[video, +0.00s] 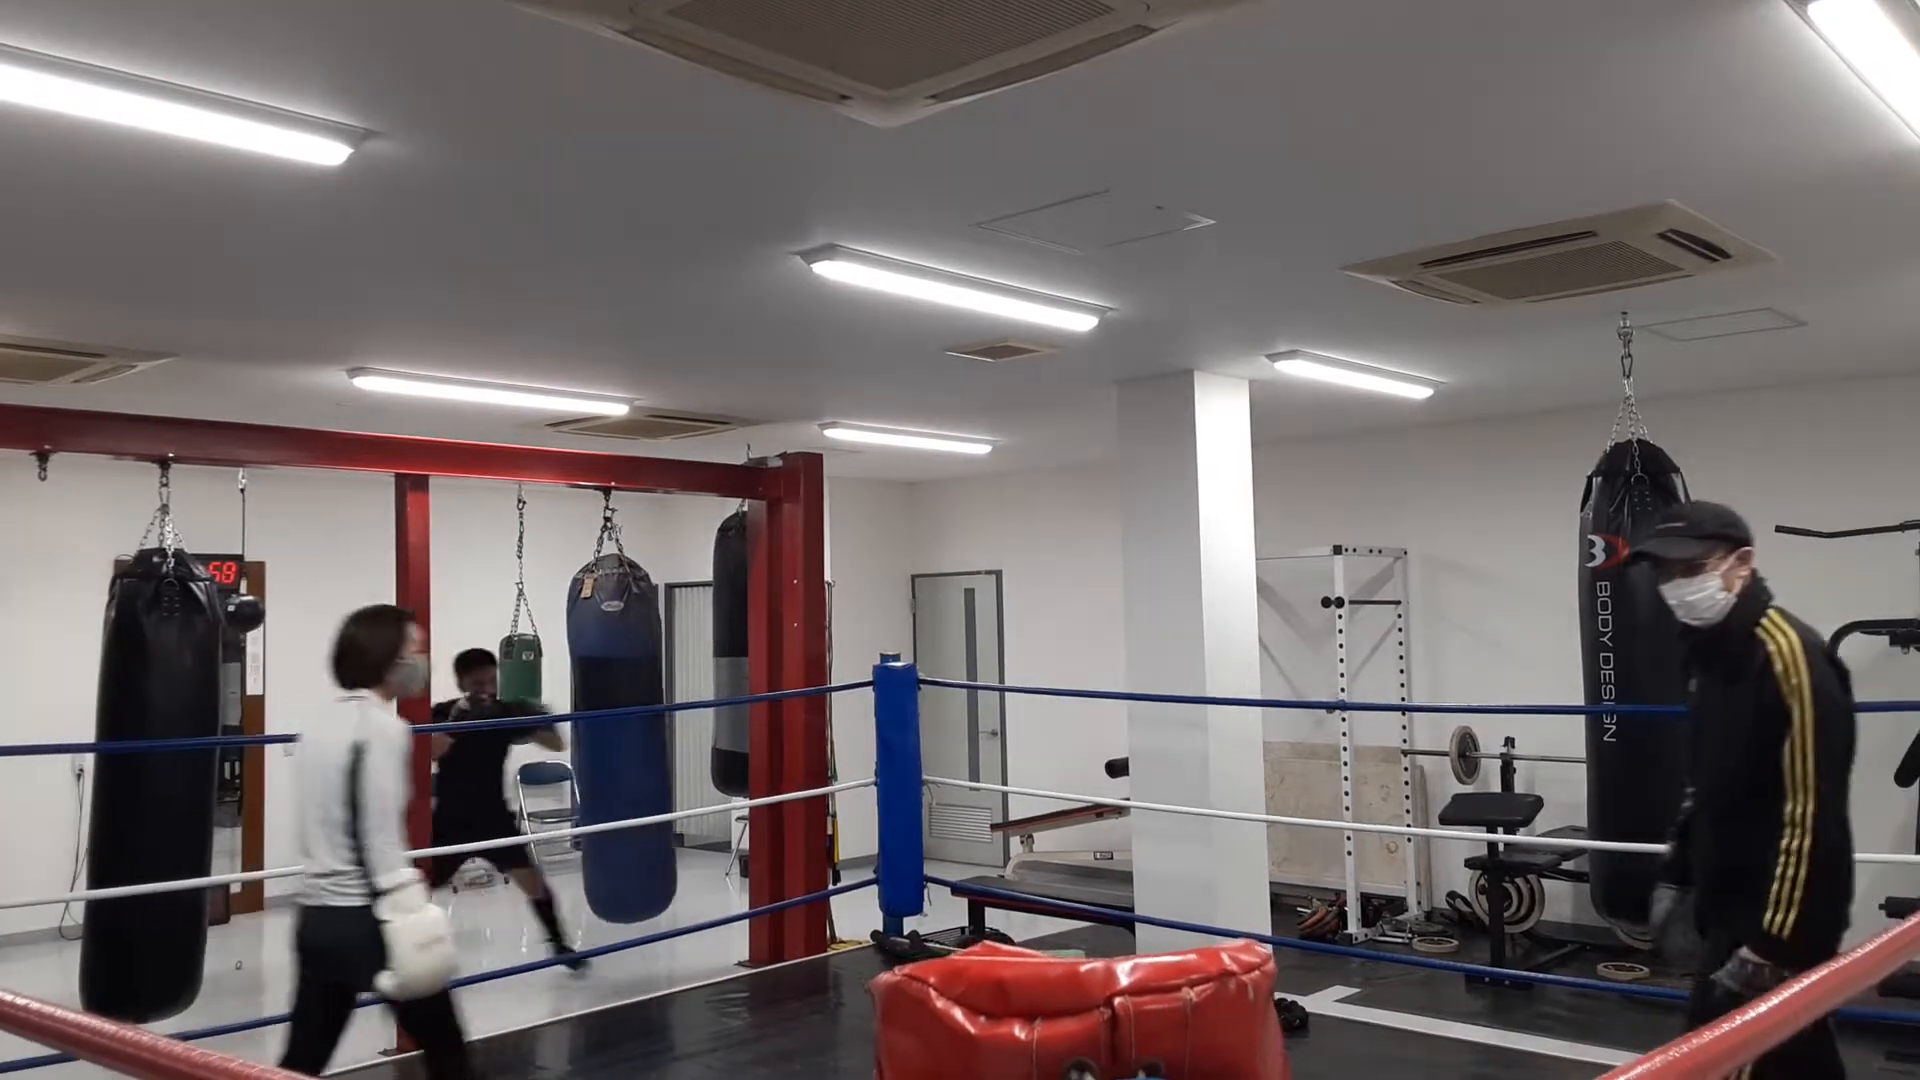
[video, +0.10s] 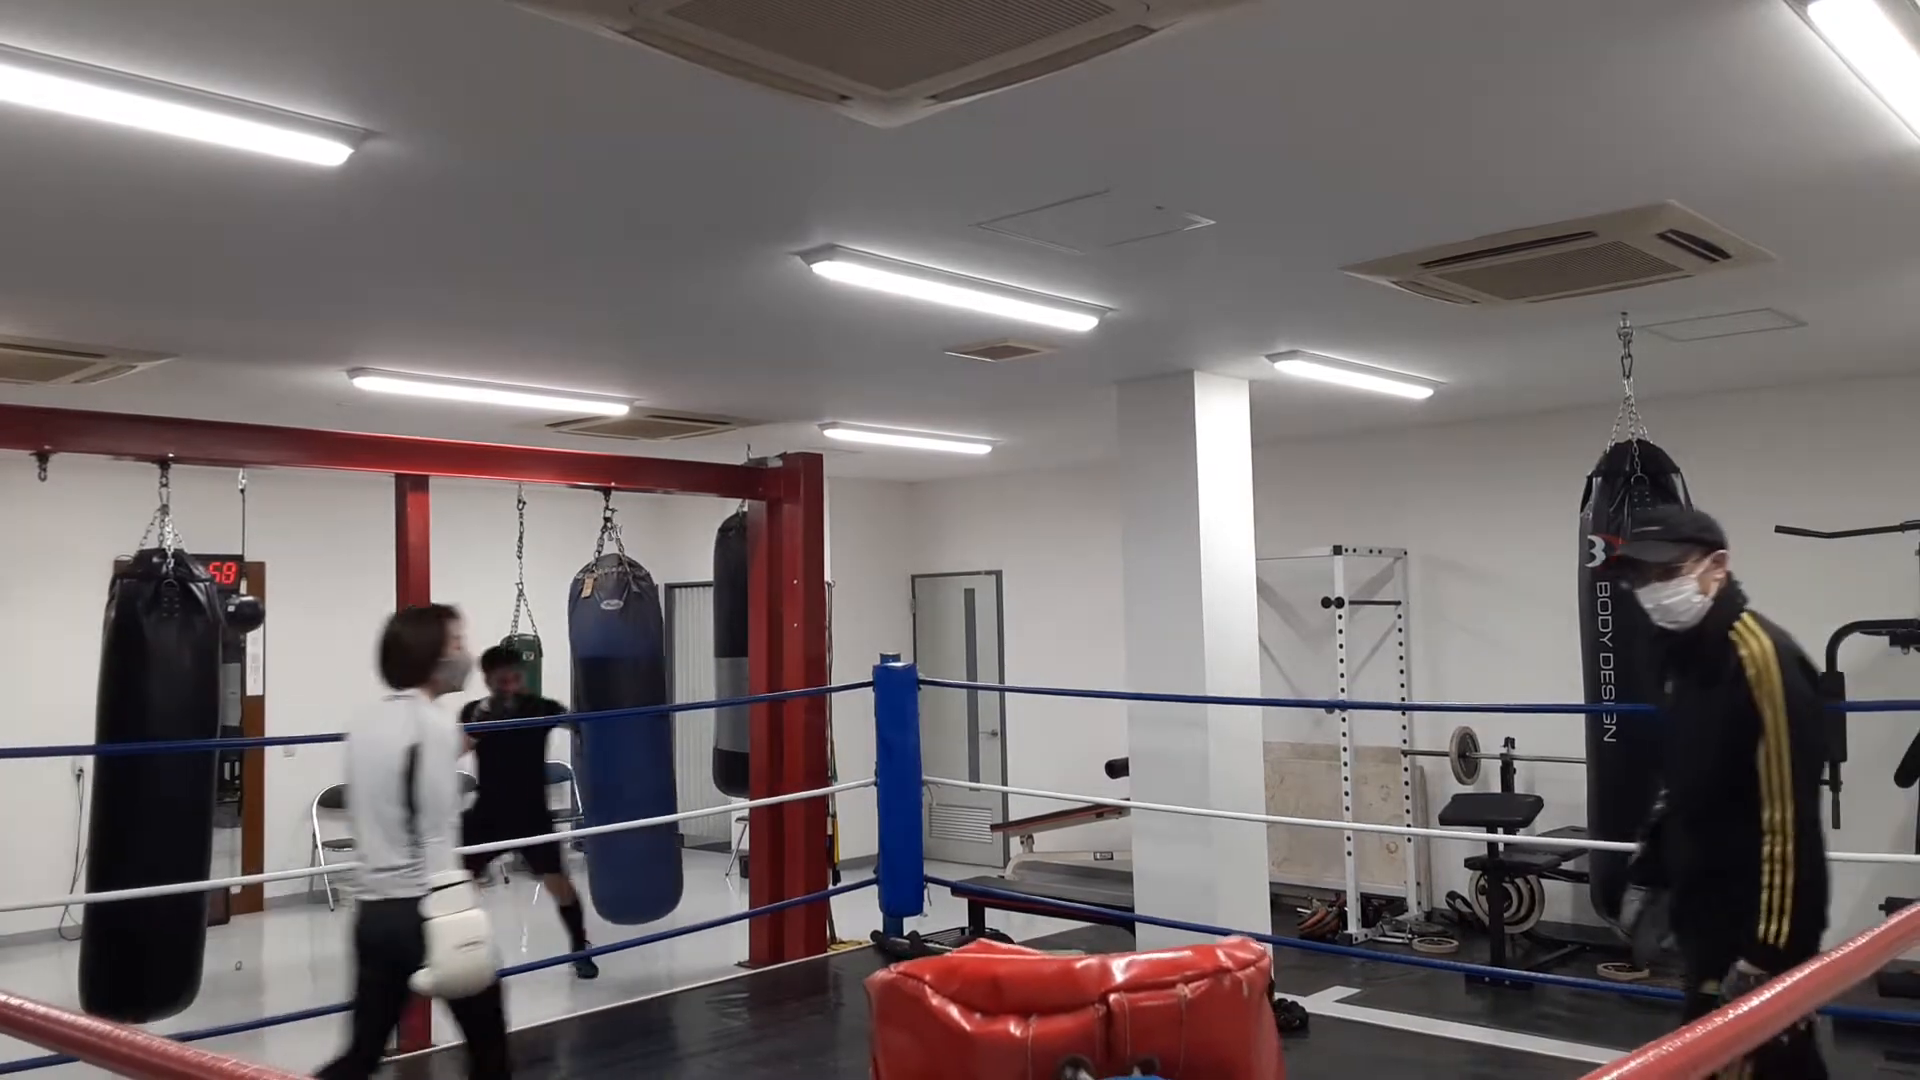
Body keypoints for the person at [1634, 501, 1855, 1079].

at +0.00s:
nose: (1678, 585)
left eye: (1693, 567)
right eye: (1667, 572)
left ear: (1741, 563)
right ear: (1657, 575)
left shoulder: (1792, 655)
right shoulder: (1711, 654)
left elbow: (1810, 816)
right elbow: (1706, 789)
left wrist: (1766, 954)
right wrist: (1675, 879)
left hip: (1777, 933)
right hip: (1724, 916)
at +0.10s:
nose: (1654, 590)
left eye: (1668, 571)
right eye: (1642, 577)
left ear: (1715, 566)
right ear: (1632, 581)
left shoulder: (1761, 657)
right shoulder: (1685, 656)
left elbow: (1787, 815)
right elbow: (1684, 791)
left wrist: (1765, 961)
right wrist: (1647, 877)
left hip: (1753, 935)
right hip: (1703, 922)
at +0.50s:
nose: (1549, 583)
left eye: (1562, 565)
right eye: (1543, 570)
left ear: (1614, 567)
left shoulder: (1637, 652)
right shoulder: (1608, 648)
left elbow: (1639, 805)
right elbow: (1610, 801)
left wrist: (1621, 949)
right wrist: (1585, 931)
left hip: (1622, 940)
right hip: (1600, 934)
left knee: (1614, 1069)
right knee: (1597, 1065)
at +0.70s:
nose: (1490, 591)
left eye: (1498, 575)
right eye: (1489, 578)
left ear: (1545, 569)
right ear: (1543, 570)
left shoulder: (1572, 653)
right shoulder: (1599, 640)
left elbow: (1556, 805)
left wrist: (1529, 940)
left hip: (1575, 921)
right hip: (1602, 907)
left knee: (1570, 1057)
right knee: (1599, 1054)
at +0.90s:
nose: (1450, 587)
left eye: (1458, 573)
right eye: (1448, 575)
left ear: (1496, 574)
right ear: (1500, 574)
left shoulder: (1513, 654)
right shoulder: (1557, 645)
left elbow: (1499, 807)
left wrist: (1464, 938)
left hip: (1531, 912)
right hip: (1571, 897)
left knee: (1561, 1060)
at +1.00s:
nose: (1428, 590)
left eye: (1434, 576)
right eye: (1426, 578)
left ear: (1467, 578)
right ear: (1477, 578)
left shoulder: (1492, 656)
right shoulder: (1530, 649)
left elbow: (1478, 805)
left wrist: (1445, 934)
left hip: (1518, 917)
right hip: (1549, 904)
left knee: (1548, 1062)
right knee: (1498, 1063)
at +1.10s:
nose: (1403, 596)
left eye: (1408, 583)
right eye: (1402, 584)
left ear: (1440, 585)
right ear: (1452, 585)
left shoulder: (1462, 657)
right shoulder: (1495, 651)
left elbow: (1455, 803)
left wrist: (1429, 925)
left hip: (1489, 903)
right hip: (1517, 893)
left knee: (1522, 1052)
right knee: (1472, 1054)